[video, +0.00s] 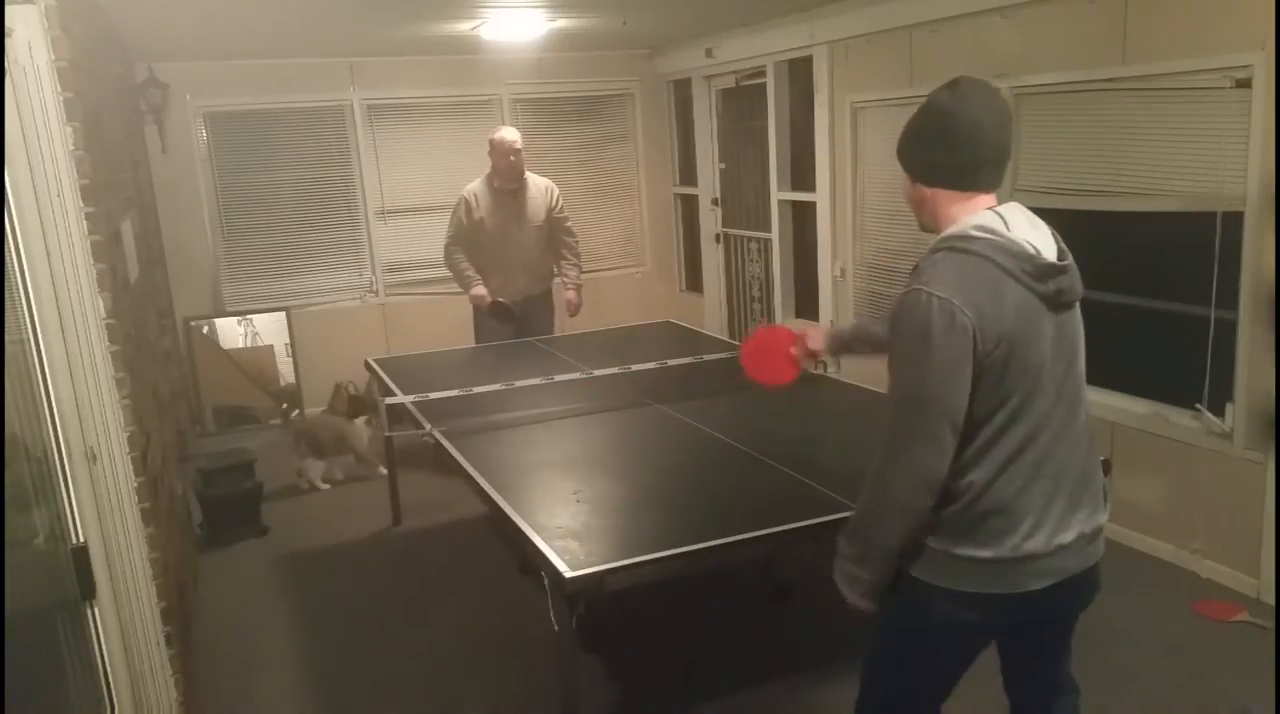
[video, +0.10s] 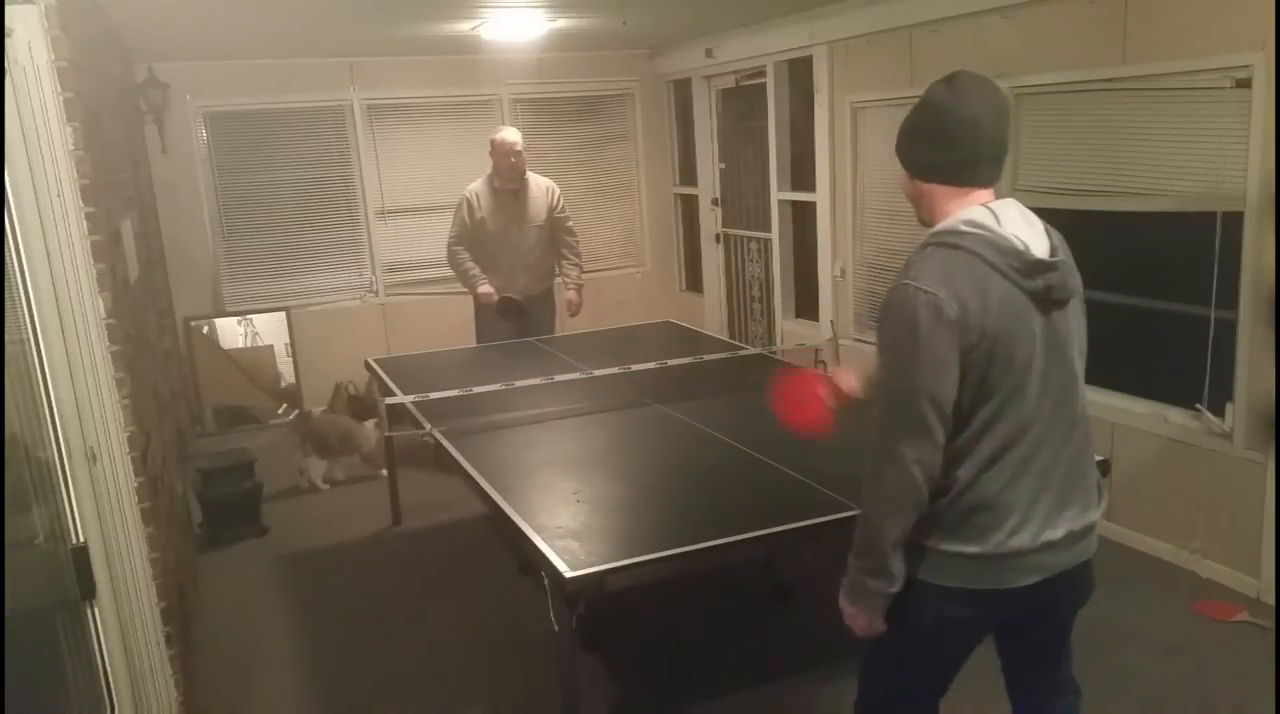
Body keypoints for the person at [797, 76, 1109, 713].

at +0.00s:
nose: (905, 189)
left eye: (906, 174)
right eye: (905, 173)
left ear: (919, 182)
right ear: (991, 168)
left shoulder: (941, 291)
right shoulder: (1039, 247)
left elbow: (917, 459)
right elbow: (953, 333)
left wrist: (860, 567)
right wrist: (837, 339)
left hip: (973, 569)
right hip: (1069, 556)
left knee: (891, 702)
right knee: (1045, 693)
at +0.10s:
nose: (902, 183)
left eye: (903, 167)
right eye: (905, 165)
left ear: (914, 173)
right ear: (994, 161)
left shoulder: (932, 285)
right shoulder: (1049, 247)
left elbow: (909, 456)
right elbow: (1002, 367)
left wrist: (867, 583)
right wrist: (875, 381)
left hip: (962, 568)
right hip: (1063, 554)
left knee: (891, 701)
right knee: (1049, 696)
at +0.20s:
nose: (897, 179)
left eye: (898, 163)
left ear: (905, 173)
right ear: (990, 162)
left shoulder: (910, 285)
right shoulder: (1057, 260)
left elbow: (882, 454)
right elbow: (1065, 404)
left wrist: (855, 587)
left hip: (942, 575)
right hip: (1053, 565)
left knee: (884, 701)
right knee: (1049, 698)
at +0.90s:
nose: (913, 188)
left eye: (913, 175)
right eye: (918, 173)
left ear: (922, 181)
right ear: (1010, 171)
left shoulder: (891, 290)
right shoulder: (1093, 273)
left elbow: (838, 436)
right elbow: (1132, 408)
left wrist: (878, 503)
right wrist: (1064, 471)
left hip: (939, 587)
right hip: (1074, 583)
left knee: (873, 704)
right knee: (1091, 708)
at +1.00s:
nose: (913, 195)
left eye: (912, 182)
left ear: (919, 188)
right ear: (1008, 176)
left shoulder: (884, 294)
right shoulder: (1095, 275)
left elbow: (825, 418)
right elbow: (1149, 410)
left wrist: (913, 428)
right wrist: (1098, 481)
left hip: (933, 590)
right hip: (1071, 587)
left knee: (874, 705)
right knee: (1087, 707)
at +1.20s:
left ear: (890, 176)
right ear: (978, 177)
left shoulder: (844, 277)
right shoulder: (1046, 281)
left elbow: (791, 320)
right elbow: (1120, 447)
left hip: (880, 571)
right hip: (1008, 572)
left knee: (849, 697)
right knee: (1070, 699)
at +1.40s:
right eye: (924, 124)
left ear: (843, 131)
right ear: (926, 137)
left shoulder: (797, 235)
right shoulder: (948, 230)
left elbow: (791, 360)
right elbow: (880, 370)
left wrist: (797, 452)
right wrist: (802, 458)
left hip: (827, 535)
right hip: (927, 538)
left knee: (824, 694)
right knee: (988, 693)